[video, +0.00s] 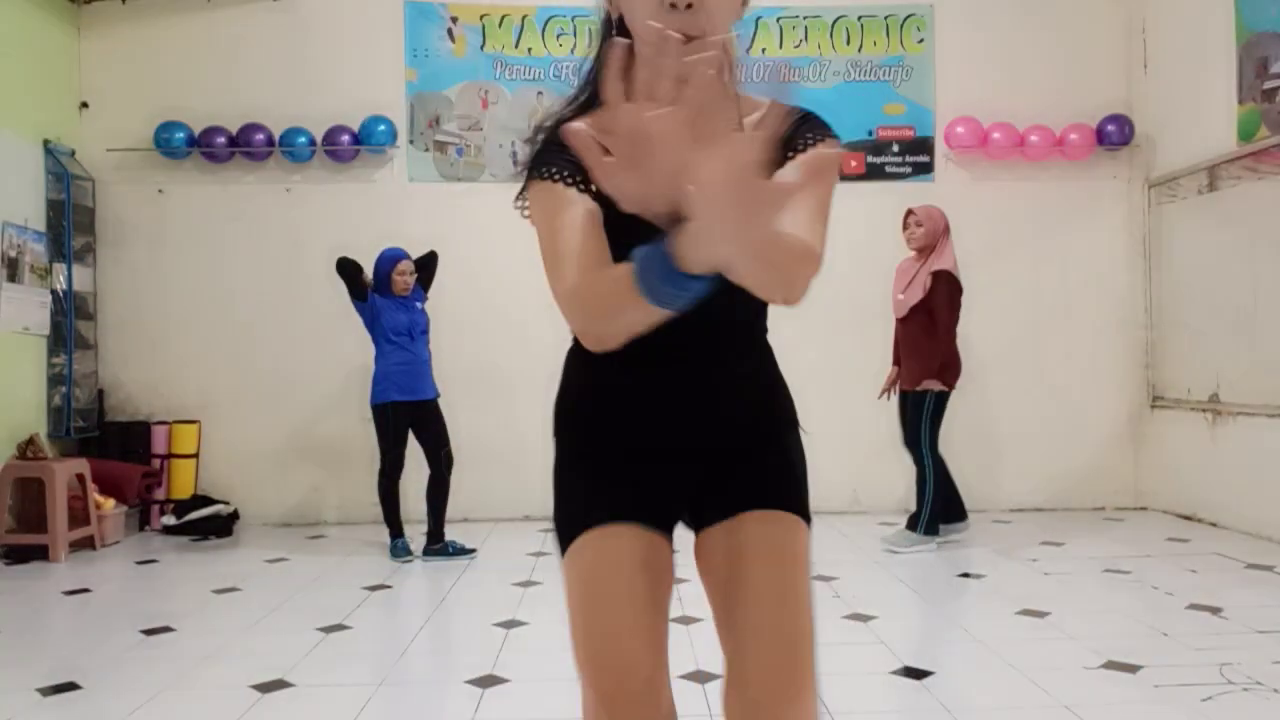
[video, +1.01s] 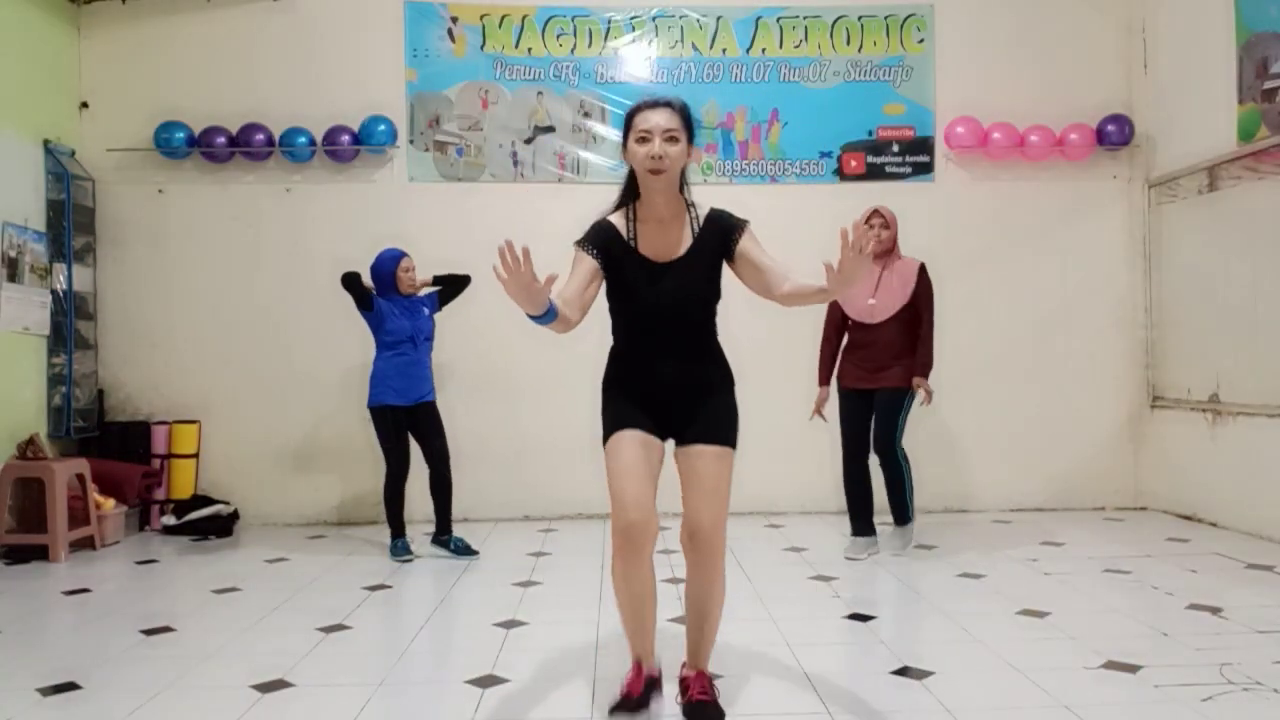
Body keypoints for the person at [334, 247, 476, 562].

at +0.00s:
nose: (408, 279)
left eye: (411, 273)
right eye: (401, 274)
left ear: (414, 276)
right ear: (386, 278)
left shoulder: (416, 299)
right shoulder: (373, 304)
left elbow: (432, 258)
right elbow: (343, 265)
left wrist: (407, 270)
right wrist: (365, 281)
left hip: (424, 396)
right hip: (390, 399)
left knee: (442, 462)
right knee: (392, 466)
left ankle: (436, 541)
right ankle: (397, 538)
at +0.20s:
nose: (409, 280)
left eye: (411, 274)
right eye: (403, 274)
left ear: (413, 277)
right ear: (386, 278)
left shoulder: (417, 300)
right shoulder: (372, 305)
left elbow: (440, 264)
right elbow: (342, 269)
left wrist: (411, 274)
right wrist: (365, 280)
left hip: (424, 397)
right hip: (390, 399)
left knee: (444, 461)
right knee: (392, 466)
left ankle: (436, 540)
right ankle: (397, 538)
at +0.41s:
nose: (409, 279)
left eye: (412, 273)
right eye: (403, 274)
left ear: (413, 277)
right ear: (386, 278)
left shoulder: (418, 301)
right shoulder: (373, 307)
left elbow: (448, 269)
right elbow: (344, 270)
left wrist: (414, 276)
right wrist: (365, 280)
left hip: (424, 396)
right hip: (390, 399)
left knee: (444, 461)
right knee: (392, 466)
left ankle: (437, 540)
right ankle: (397, 538)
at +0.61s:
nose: (412, 277)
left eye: (413, 272)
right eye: (405, 272)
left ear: (413, 277)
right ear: (388, 278)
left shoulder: (420, 302)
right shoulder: (374, 306)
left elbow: (453, 273)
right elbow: (346, 271)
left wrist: (421, 277)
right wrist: (363, 281)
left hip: (423, 397)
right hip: (388, 399)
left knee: (441, 462)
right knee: (391, 467)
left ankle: (439, 539)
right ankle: (397, 538)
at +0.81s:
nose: (412, 277)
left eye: (413, 271)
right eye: (405, 271)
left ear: (414, 276)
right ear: (388, 278)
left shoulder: (423, 304)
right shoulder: (375, 307)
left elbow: (461, 280)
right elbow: (349, 276)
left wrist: (425, 278)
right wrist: (365, 283)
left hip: (422, 398)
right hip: (387, 400)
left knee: (441, 462)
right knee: (393, 468)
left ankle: (442, 536)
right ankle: (398, 538)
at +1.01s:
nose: (413, 276)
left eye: (414, 270)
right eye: (406, 271)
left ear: (415, 275)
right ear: (389, 277)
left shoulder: (425, 305)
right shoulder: (378, 307)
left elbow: (463, 281)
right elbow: (349, 280)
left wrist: (428, 282)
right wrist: (366, 289)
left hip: (421, 398)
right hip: (386, 401)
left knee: (440, 462)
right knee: (398, 466)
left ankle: (443, 534)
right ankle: (398, 538)